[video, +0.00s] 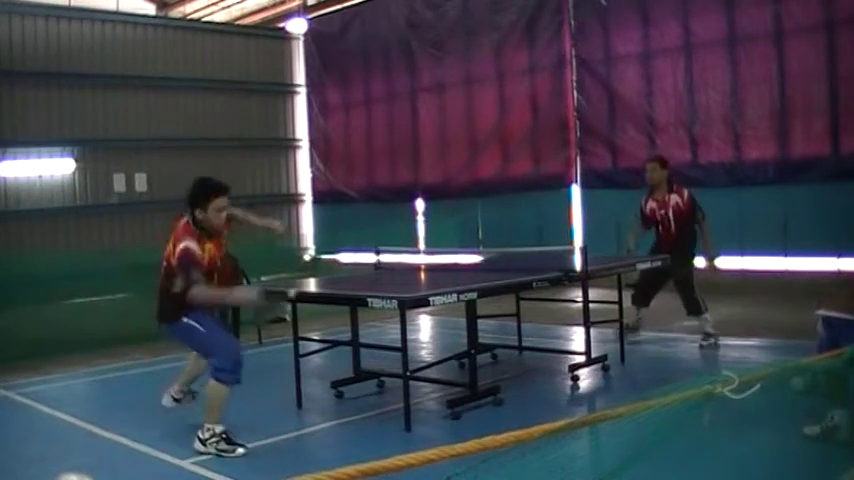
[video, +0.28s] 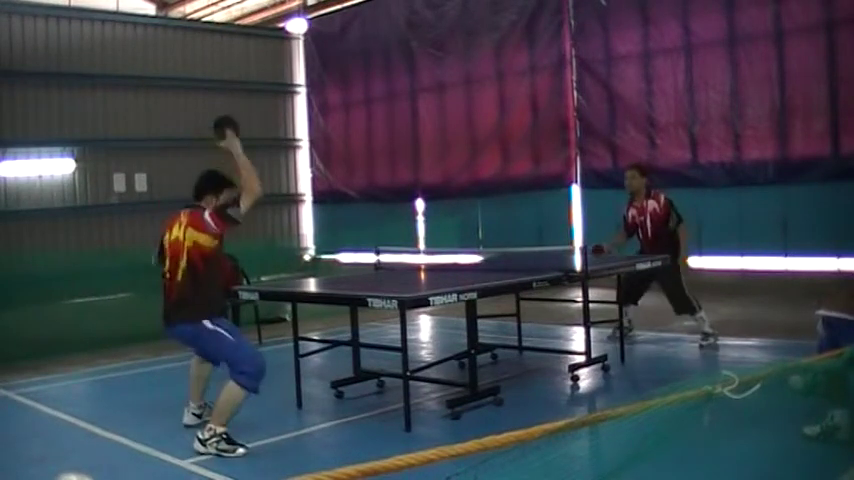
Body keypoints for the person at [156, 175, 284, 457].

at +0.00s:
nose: (225, 216)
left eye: (226, 210)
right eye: (219, 211)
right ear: (199, 214)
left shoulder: (209, 221)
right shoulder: (187, 246)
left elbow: (232, 211)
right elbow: (193, 292)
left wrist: (262, 222)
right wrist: (233, 295)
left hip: (199, 306)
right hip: (179, 313)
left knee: (215, 345)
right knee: (229, 354)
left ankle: (179, 390)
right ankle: (210, 432)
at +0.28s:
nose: (228, 206)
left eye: (228, 201)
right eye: (226, 200)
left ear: (200, 194)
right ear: (211, 196)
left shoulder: (174, 223)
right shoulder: (207, 221)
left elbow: (161, 260)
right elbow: (253, 191)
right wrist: (237, 150)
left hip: (176, 317)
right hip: (199, 318)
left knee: (209, 348)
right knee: (250, 365)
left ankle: (195, 408)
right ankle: (214, 433)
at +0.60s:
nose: (210, 161)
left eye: (211, 155)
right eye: (204, 156)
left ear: (190, 160)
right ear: (185, 159)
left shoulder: (182, 182)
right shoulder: (184, 184)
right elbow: (227, 201)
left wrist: (221, 231)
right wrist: (252, 172)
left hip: (186, 276)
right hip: (175, 278)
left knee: (200, 344)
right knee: (197, 346)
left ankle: (197, 412)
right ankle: (196, 427)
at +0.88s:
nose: (169, 153)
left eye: (173, 146)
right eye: (161, 149)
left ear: (183, 148)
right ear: (152, 154)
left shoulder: (188, 187)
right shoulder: (144, 186)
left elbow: (186, 230)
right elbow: (141, 233)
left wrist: (207, 233)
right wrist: (189, 222)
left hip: (185, 282)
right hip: (153, 284)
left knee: (190, 347)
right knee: (160, 353)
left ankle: (193, 408)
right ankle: (162, 421)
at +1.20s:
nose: (129, 148)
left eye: (134, 140)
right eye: (122, 144)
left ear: (147, 139)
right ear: (115, 150)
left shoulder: (175, 179)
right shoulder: (107, 185)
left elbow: (195, 223)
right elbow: (93, 229)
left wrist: (180, 239)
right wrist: (126, 238)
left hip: (169, 284)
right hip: (129, 287)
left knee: (177, 352)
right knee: (142, 357)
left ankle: (183, 422)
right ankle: (160, 423)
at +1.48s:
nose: (104, 155)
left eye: (109, 146)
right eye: (97, 150)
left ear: (127, 142)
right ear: (94, 153)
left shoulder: (156, 186)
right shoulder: (91, 190)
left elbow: (187, 230)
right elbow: (80, 233)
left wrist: (154, 255)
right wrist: (82, 250)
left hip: (145, 291)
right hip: (107, 292)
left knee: (138, 366)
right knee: (130, 366)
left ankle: (134, 455)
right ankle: (157, 421)